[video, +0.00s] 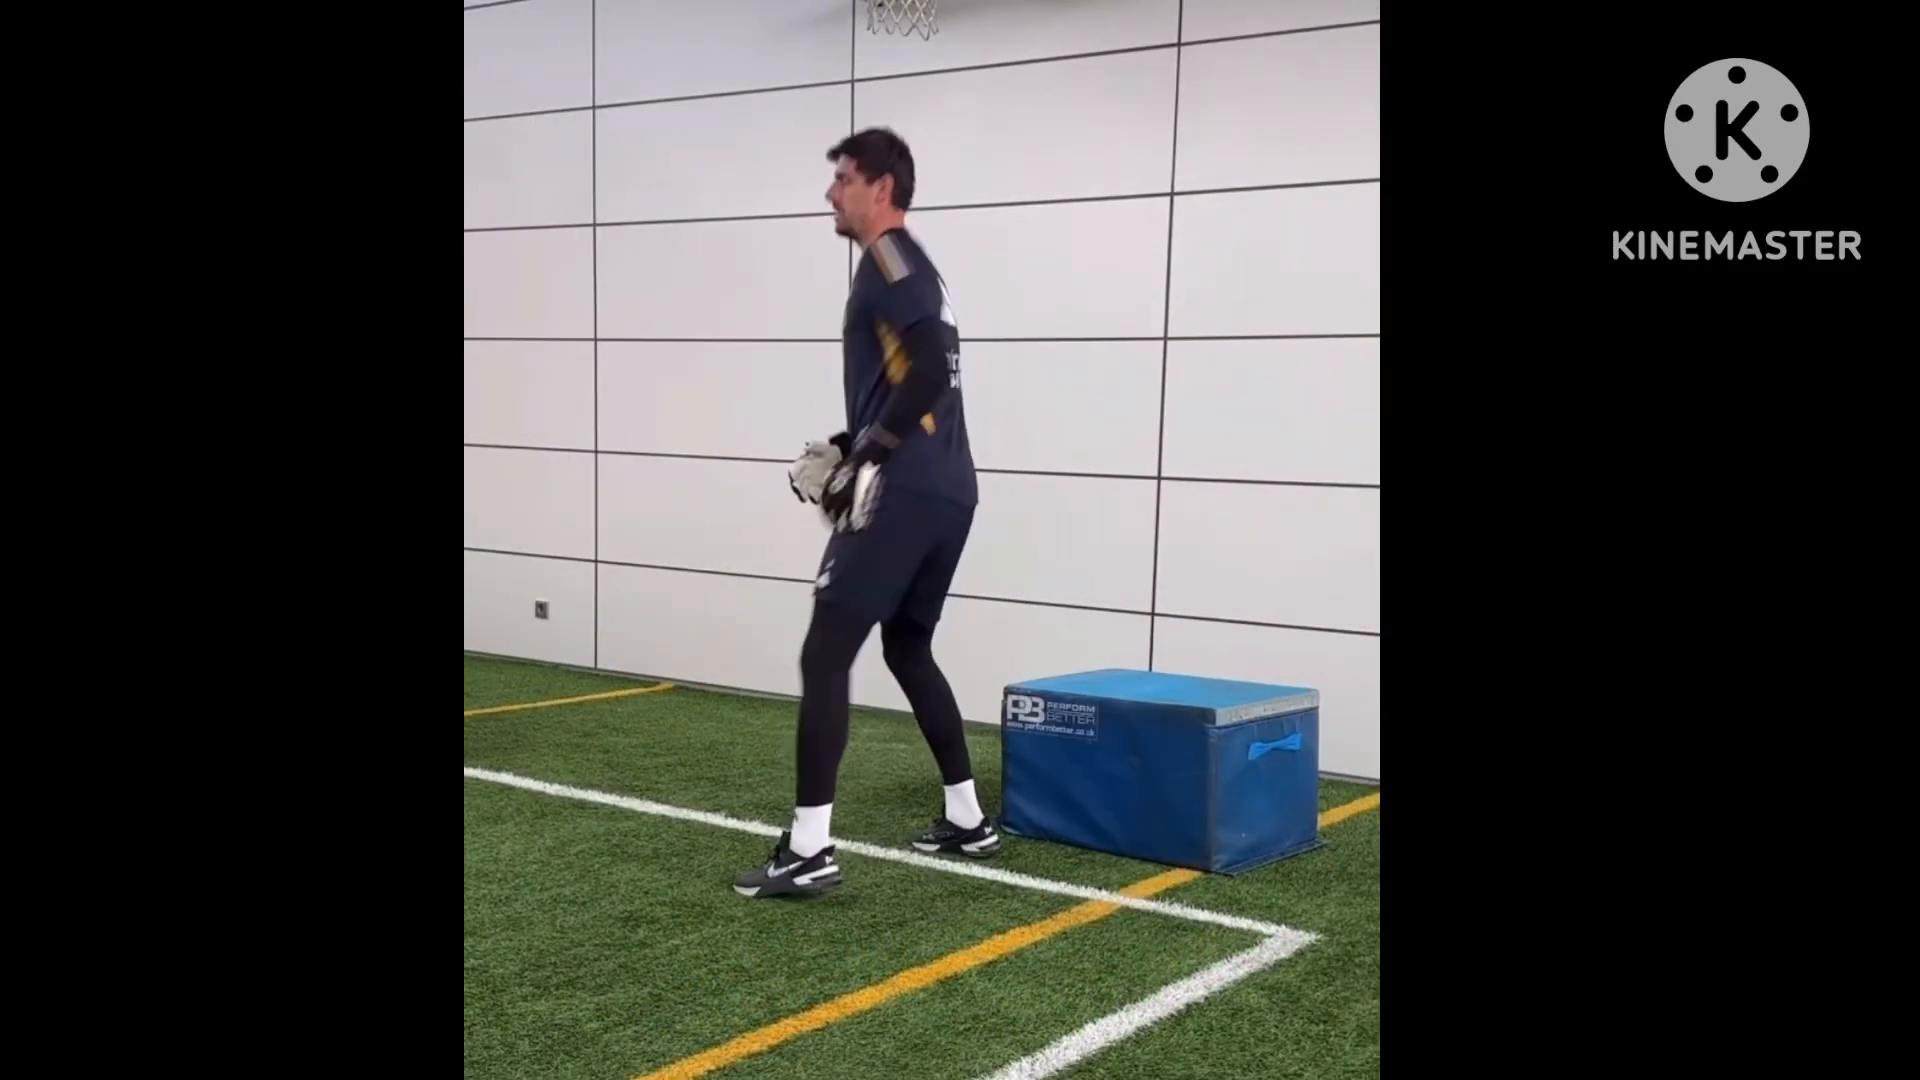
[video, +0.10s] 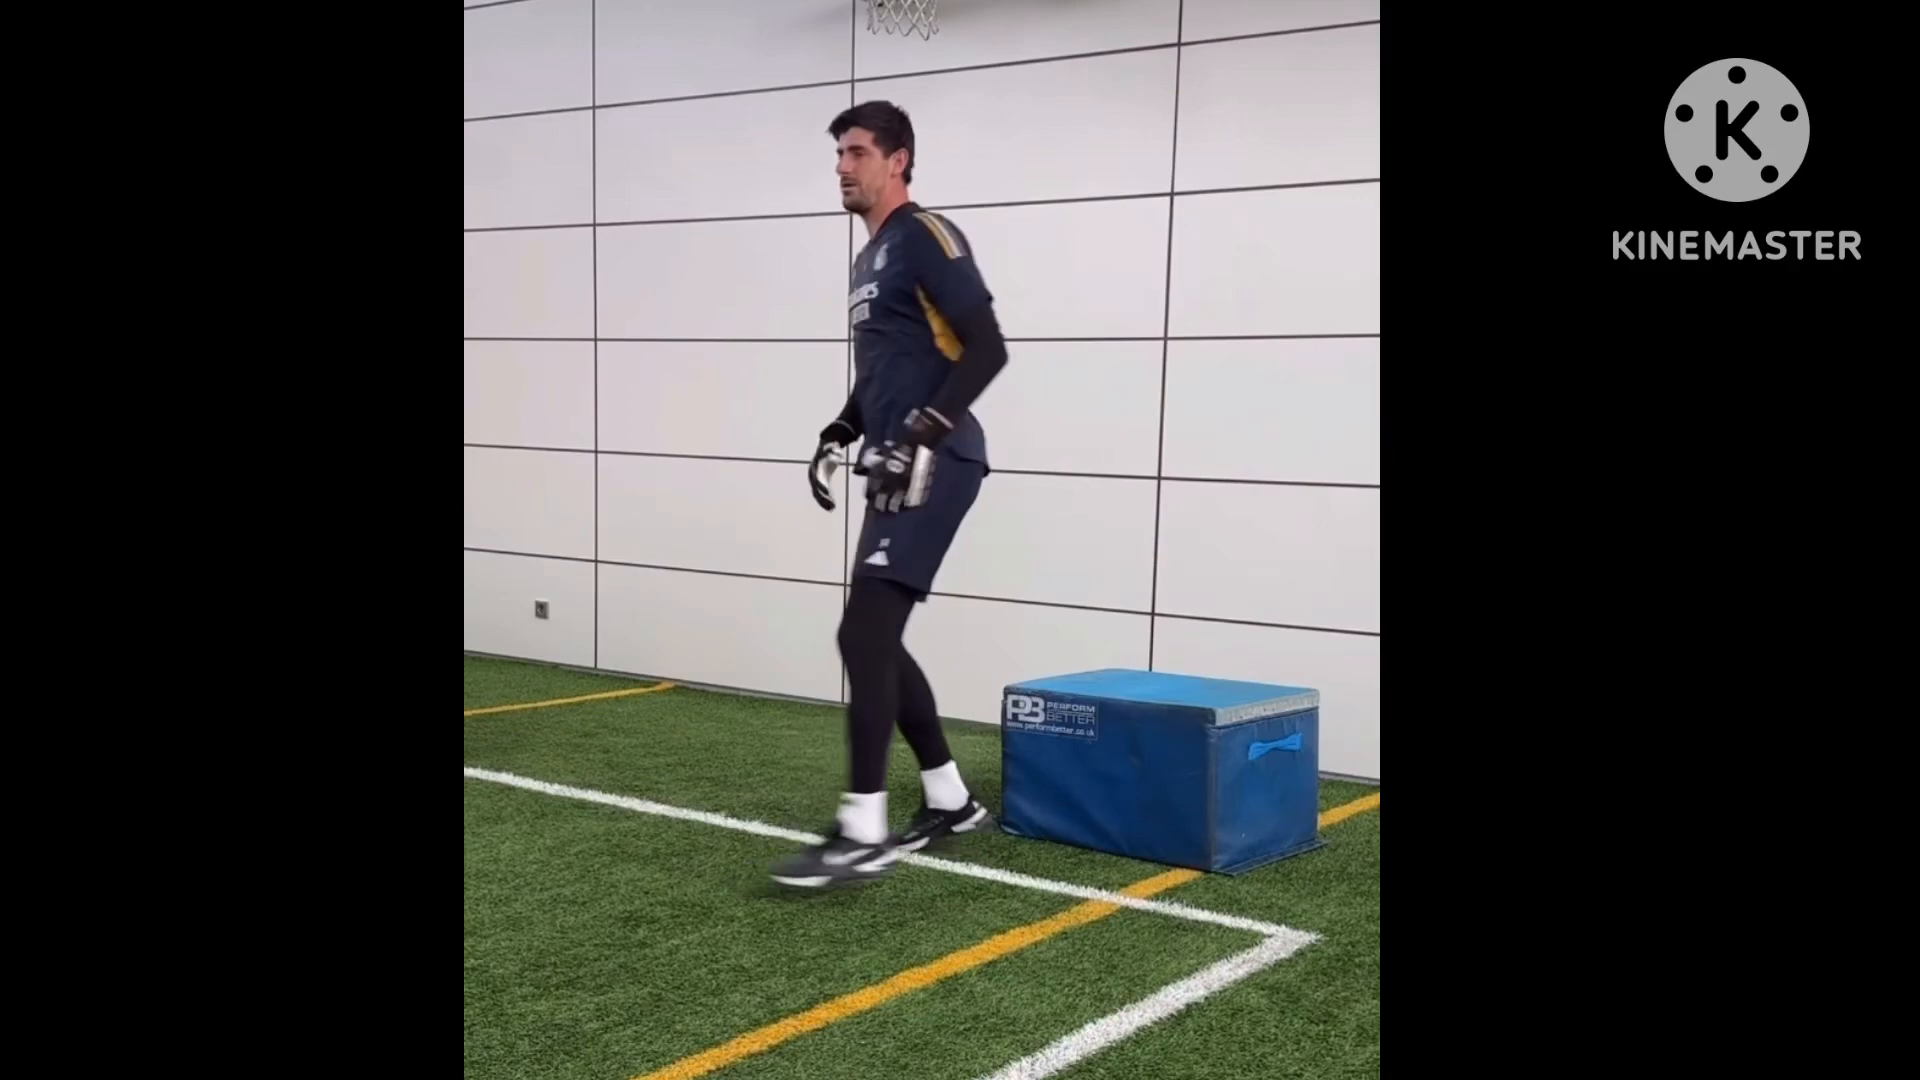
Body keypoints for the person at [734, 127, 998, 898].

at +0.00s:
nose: (830, 192)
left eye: (842, 180)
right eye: (832, 179)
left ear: (882, 188)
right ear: (884, 190)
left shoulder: (888, 258)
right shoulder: (902, 262)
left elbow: (930, 368)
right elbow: (905, 381)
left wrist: (872, 452)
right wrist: (844, 446)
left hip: (904, 487)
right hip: (947, 489)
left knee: (825, 654)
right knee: (908, 648)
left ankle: (808, 848)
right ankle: (966, 818)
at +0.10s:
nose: (842, 166)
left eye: (856, 153)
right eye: (840, 154)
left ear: (898, 161)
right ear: (854, 166)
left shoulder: (925, 234)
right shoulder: (873, 249)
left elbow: (988, 348)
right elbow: (885, 363)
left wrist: (920, 433)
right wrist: (838, 434)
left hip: (936, 459)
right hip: (897, 457)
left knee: (865, 634)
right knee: (875, 636)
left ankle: (863, 832)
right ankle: (951, 800)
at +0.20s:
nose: (851, 179)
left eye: (865, 166)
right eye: (847, 167)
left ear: (906, 173)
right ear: (852, 178)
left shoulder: (949, 259)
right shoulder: (856, 277)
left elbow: (1011, 379)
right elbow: (864, 380)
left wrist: (958, 470)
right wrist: (837, 459)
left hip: (943, 486)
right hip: (881, 485)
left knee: (910, 644)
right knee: (856, 655)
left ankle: (974, 835)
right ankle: (896, 817)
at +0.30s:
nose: (860, 207)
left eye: (874, 193)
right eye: (855, 195)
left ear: (913, 201)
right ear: (852, 207)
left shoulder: (963, 292)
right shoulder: (853, 310)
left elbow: (1030, 412)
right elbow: (856, 411)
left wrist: (995, 516)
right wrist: (848, 501)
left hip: (962, 522)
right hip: (887, 525)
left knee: (986, 677)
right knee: (843, 675)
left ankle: (1071, 845)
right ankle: (897, 818)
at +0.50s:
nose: (894, 216)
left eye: (908, 201)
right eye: (886, 204)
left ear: (946, 204)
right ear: (883, 213)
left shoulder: (1007, 296)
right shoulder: (880, 314)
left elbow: (1076, 406)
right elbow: (859, 404)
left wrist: (1024, 473)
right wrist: (838, 465)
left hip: (1002, 522)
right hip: (918, 523)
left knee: (1040, 687)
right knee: (858, 680)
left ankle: (1105, 856)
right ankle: (898, 819)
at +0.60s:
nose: (922, 209)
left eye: (934, 194)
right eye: (913, 197)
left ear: (972, 194)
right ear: (908, 205)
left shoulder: (1020, 278)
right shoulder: (899, 296)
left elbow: (1055, 370)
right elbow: (831, 393)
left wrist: (964, 372)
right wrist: (816, 365)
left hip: (1010, 522)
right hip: (924, 523)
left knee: (1049, 687)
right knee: (866, 678)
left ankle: (1104, 854)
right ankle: (900, 818)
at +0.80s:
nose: (938, 197)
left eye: (952, 181)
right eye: (931, 185)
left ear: (992, 184)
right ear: (932, 194)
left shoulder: (1029, 264)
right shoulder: (934, 284)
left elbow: (985, 372)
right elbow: (912, 400)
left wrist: (893, 347)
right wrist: (854, 373)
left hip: (1015, 507)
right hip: (936, 506)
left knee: (1049, 685)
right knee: (888, 672)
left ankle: (1104, 854)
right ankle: (905, 823)